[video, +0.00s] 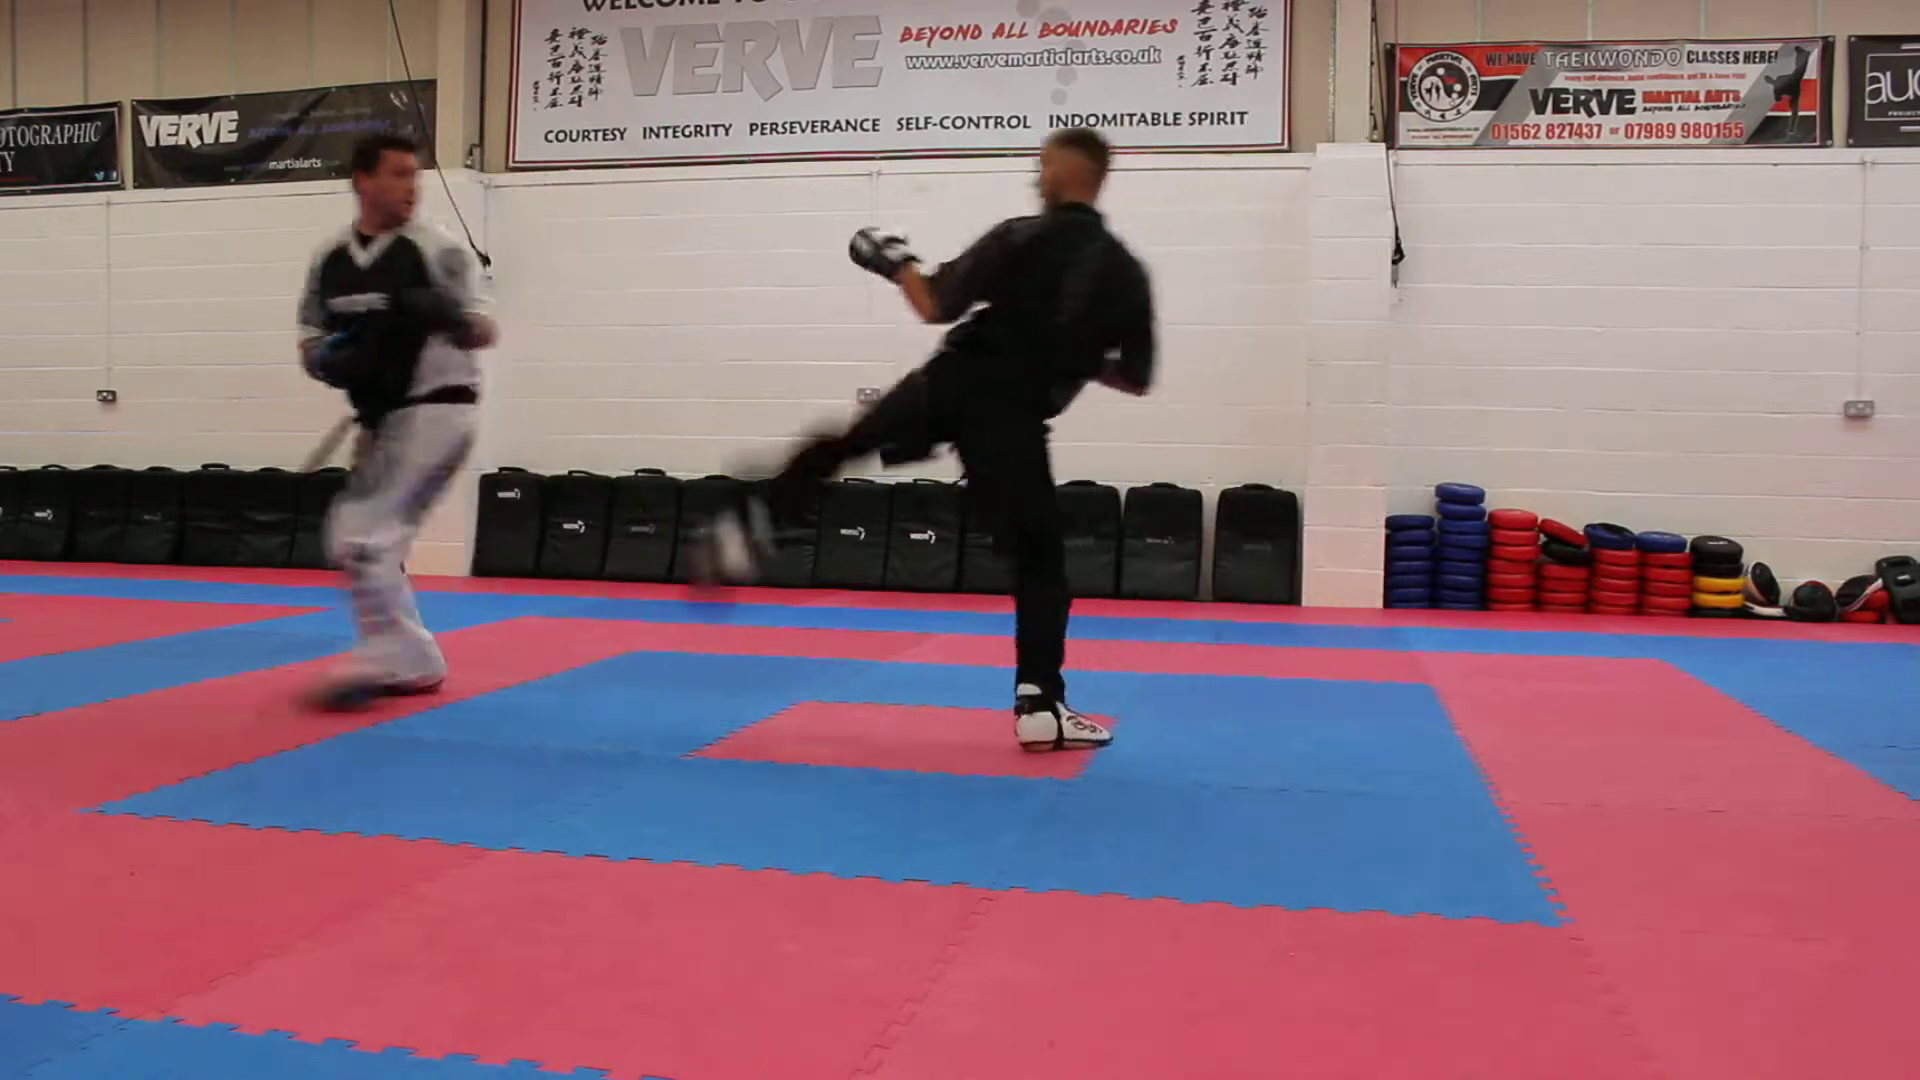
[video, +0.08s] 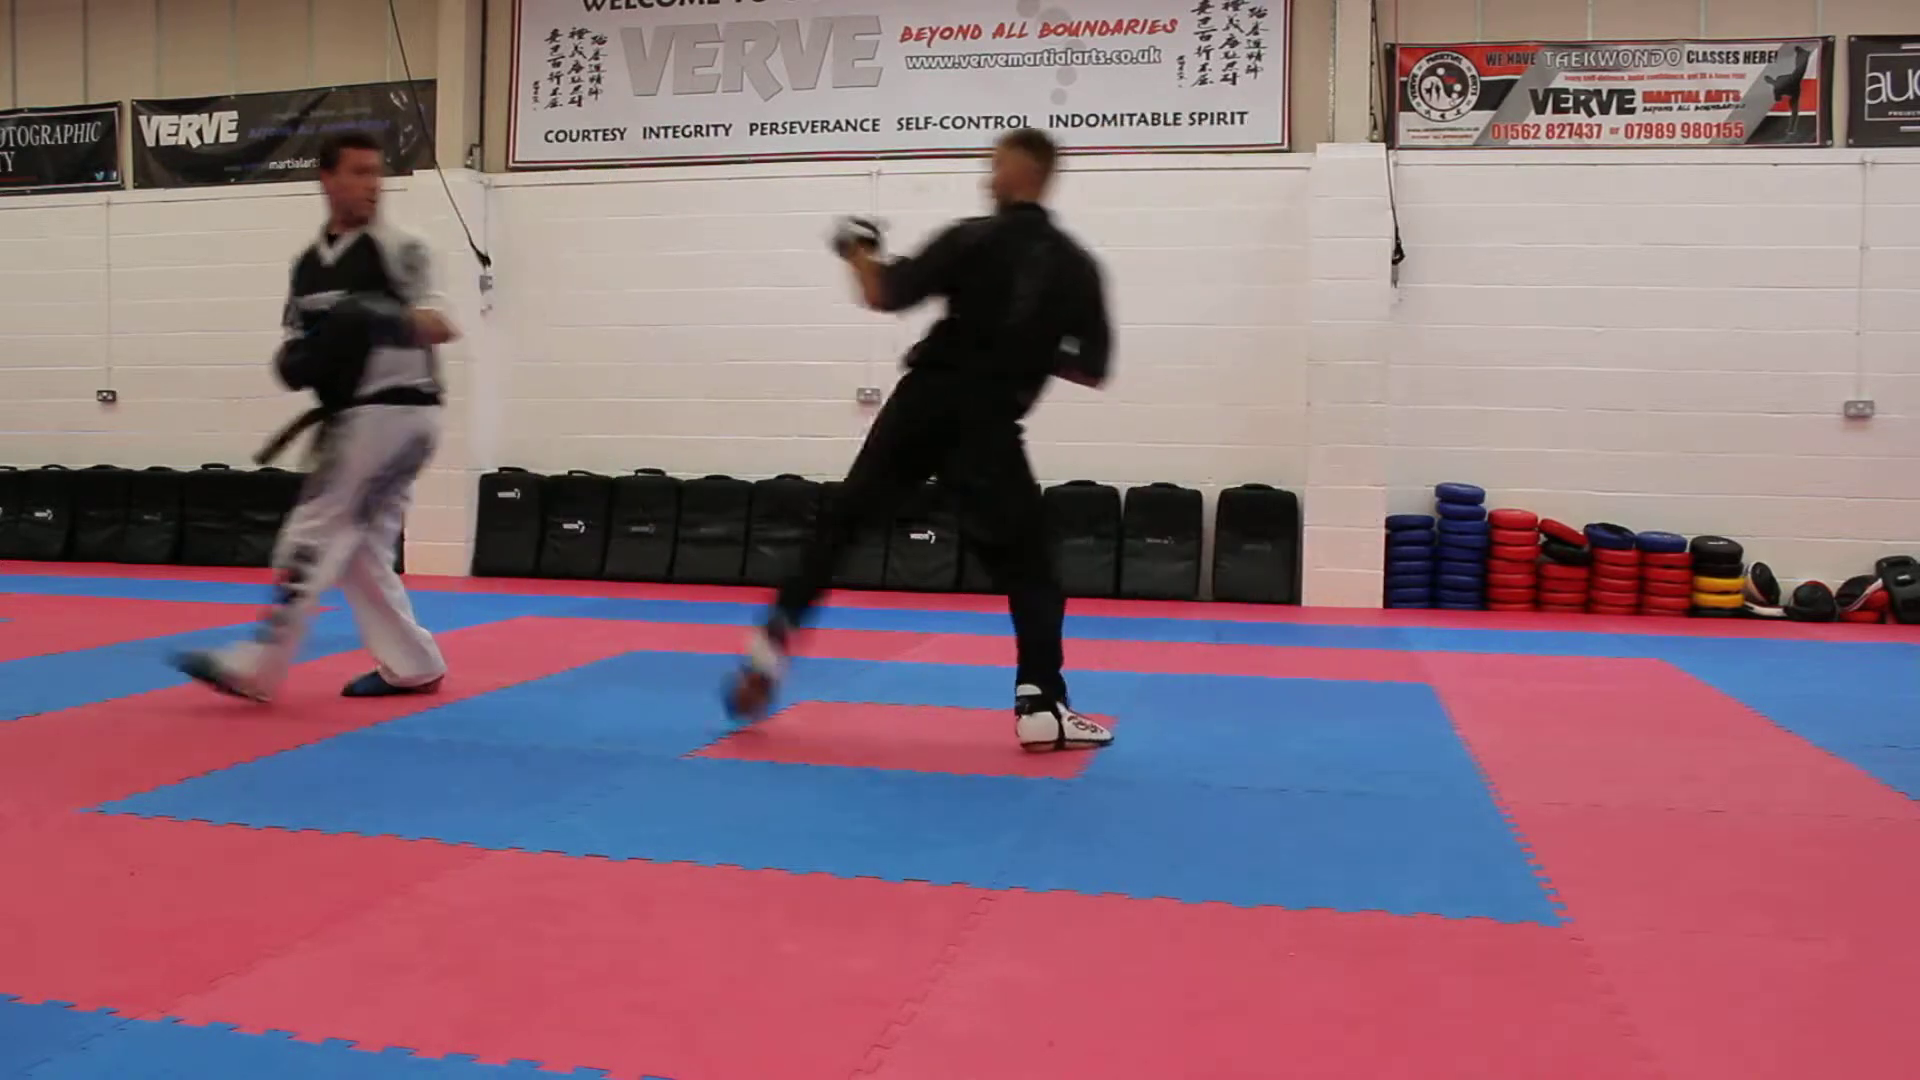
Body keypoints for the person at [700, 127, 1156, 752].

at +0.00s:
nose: (1040, 173)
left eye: (1047, 163)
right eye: (1044, 161)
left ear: (1063, 172)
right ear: (1100, 178)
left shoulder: (1020, 238)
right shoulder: (1126, 273)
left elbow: (935, 304)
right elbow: (1135, 378)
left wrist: (894, 260)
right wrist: (1075, 353)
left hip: (948, 388)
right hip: (1013, 424)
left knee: (847, 444)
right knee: (1041, 558)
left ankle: (756, 521)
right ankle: (1039, 704)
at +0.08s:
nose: (992, 173)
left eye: (1001, 163)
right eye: (995, 161)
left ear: (1023, 170)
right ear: (1047, 175)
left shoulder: (976, 239)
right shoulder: (1076, 265)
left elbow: (887, 292)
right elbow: (1093, 368)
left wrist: (860, 256)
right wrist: (1031, 346)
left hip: (920, 411)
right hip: (990, 430)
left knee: (845, 516)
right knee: (1031, 561)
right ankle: (1040, 708)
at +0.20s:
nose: (881, 168)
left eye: (888, 158)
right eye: (887, 157)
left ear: (899, 166)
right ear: (931, 170)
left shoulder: (867, 231)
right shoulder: (970, 243)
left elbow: (780, 240)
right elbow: (1015, 319)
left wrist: (725, 200)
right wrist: (965, 327)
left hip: (875, 431)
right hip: (948, 433)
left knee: (841, 559)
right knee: (995, 558)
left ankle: (815, 704)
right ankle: (1042, 698)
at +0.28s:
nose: (796, 170)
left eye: (804, 160)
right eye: (801, 159)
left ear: (822, 167)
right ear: (849, 170)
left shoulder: (788, 224)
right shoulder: (892, 231)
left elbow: (705, 190)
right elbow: (949, 293)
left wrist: (628, 162)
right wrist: (905, 318)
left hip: (841, 421)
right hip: (905, 417)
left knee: (814, 558)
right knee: (953, 546)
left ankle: (808, 704)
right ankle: (1021, 674)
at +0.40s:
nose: (695, 177)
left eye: (702, 167)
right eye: (697, 168)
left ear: (723, 169)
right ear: (744, 169)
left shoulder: (706, 217)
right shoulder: (798, 222)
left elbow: (619, 184)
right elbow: (863, 288)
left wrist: (556, 141)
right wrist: (798, 287)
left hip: (777, 398)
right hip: (830, 389)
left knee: (783, 542)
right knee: (852, 524)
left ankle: (800, 698)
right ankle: (889, 651)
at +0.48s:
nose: (643, 176)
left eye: (650, 166)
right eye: (643, 167)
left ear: (676, 169)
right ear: (687, 169)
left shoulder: (662, 218)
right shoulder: (739, 216)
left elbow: (578, 178)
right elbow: (772, 290)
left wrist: (526, 128)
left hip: (731, 392)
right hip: (772, 381)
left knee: (752, 533)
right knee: (758, 528)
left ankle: (794, 682)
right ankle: (788, 658)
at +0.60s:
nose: (582, 190)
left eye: (590, 179)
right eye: (582, 181)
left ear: (619, 174)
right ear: (603, 179)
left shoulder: (636, 222)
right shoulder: (616, 220)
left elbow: (550, 199)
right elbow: (547, 200)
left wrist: (484, 142)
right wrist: (488, 146)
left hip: (657, 408)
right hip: (651, 406)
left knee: (670, 538)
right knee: (631, 542)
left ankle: (764, 665)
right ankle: (570, 664)